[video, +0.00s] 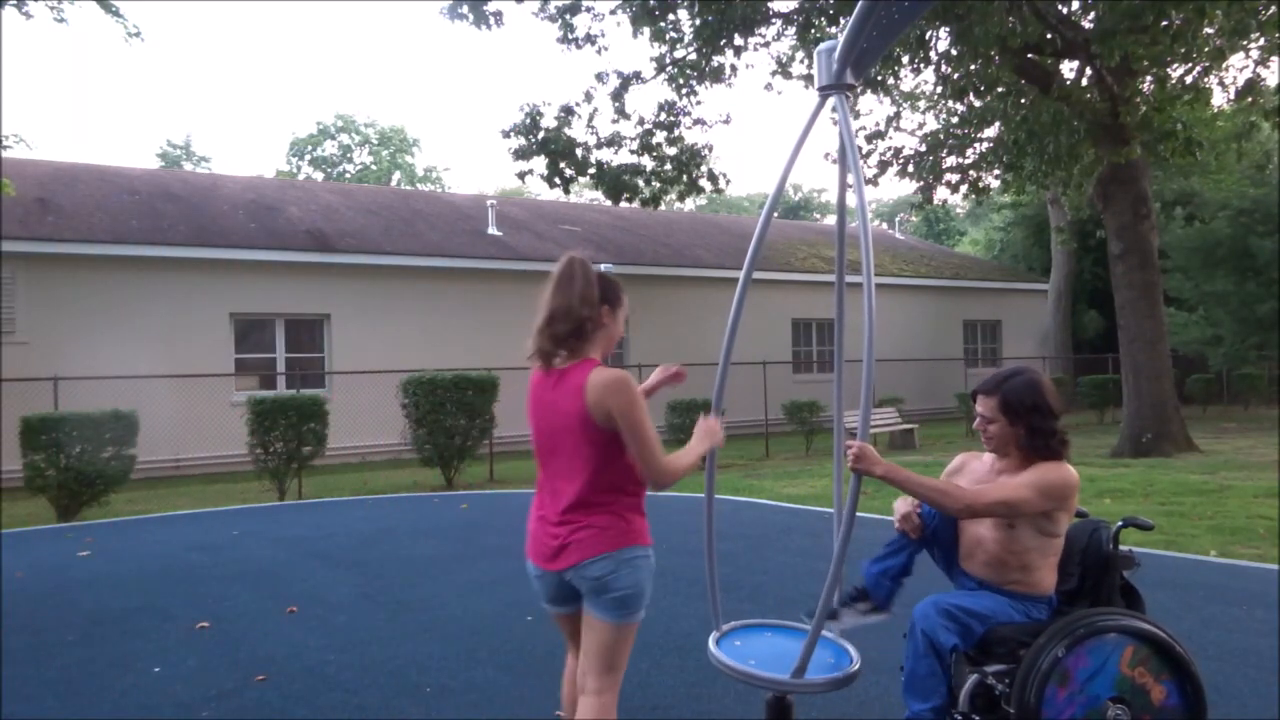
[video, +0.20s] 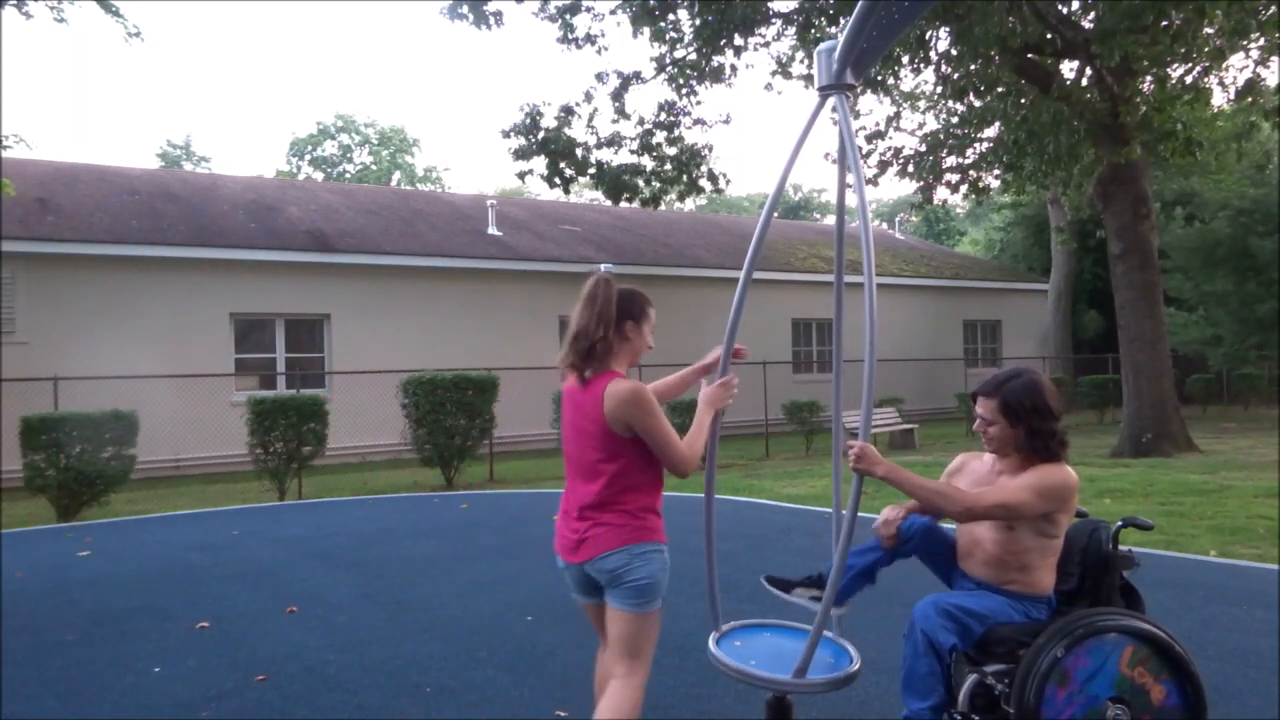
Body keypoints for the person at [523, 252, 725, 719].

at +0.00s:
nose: (623, 327)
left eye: (624, 317)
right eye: (623, 316)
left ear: (565, 315)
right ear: (604, 315)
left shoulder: (541, 377)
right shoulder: (609, 382)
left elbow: (587, 425)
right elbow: (660, 474)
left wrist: (644, 390)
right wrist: (702, 443)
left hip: (547, 544)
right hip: (611, 548)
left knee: (577, 654)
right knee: (599, 689)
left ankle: (570, 714)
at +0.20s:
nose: (652, 339)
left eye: (652, 329)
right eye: (650, 328)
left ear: (606, 328)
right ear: (626, 329)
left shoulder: (574, 383)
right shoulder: (628, 394)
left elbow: (638, 399)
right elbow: (684, 463)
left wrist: (698, 370)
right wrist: (708, 407)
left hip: (575, 541)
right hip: (630, 544)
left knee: (609, 648)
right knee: (627, 674)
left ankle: (605, 714)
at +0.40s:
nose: (683, 333)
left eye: (682, 323)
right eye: (678, 323)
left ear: (645, 323)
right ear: (652, 323)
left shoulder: (624, 369)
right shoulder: (635, 379)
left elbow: (704, 386)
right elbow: (666, 462)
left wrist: (764, 366)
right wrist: (703, 411)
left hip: (599, 521)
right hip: (641, 524)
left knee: (627, 633)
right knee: (663, 635)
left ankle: (615, 715)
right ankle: (636, 714)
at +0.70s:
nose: (716, 346)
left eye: (718, 337)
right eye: (712, 336)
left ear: (687, 334)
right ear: (684, 334)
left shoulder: (694, 377)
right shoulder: (653, 384)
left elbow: (750, 392)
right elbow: (660, 462)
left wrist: (812, 375)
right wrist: (703, 412)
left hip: (669, 515)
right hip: (665, 522)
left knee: (670, 612)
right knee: (686, 625)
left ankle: (626, 700)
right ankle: (683, 713)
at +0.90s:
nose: (725, 340)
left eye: (727, 331)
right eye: (721, 331)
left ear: (707, 330)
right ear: (696, 329)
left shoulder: (712, 371)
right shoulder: (663, 377)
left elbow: (772, 389)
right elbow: (665, 453)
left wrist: (831, 376)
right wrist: (700, 404)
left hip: (701, 509)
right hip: (671, 514)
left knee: (729, 597)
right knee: (693, 622)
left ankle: (677, 684)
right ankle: (682, 712)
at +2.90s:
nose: (753, 338)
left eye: (758, 329)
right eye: (745, 328)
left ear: (762, 326)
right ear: (718, 324)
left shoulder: (761, 366)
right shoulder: (689, 367)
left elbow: (804, 416)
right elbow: (692, 418)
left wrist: (842, 381)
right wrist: (719, 370)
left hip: (758, 507)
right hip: (705, 509)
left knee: (746, 609)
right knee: (705, 615)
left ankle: (746, 696)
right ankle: (697, 709)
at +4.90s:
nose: (757, 345)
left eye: (763, 336)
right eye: (749, 335)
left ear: (768, 330)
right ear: (725, 328)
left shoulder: (771, 366)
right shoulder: (697, 370)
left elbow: (810, 414)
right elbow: (698, 417)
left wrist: (848, 379)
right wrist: (720, 370)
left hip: (769, 504)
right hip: (719, 508)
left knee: (756, 611)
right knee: (735, 615)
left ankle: (746, 702)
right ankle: (702, 707)